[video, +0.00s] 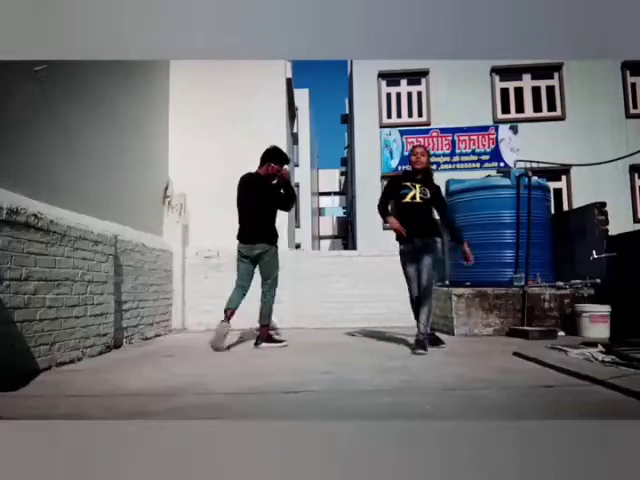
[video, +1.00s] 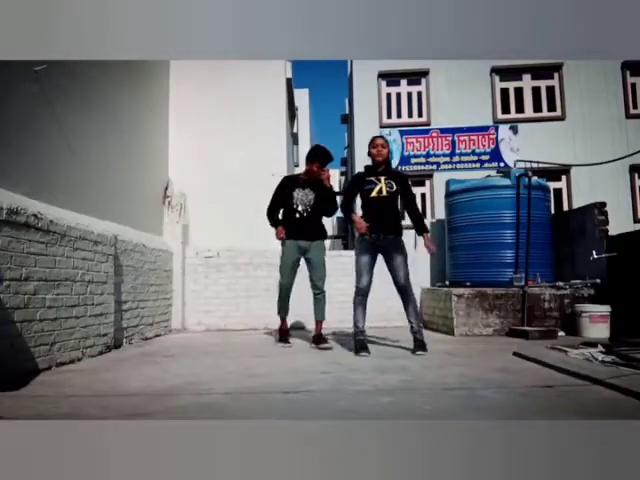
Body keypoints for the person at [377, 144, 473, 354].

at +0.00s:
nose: (418, 158)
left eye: (422, 155)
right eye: (415, 155)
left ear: (428, 160)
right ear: (410, 159)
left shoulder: (432, 187)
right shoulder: (396, 181)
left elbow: (446, 217)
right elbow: (382, 205)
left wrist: (462, 242)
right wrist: (389, 219)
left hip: (428, 240)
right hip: (407, 241)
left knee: (426, 288)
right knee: (415, 292)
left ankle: (421, 336)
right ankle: (427, 332)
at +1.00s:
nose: (379, 150)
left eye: (382, 147)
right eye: (375, 147)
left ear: (389, 151)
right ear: (369, 152)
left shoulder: (399, 177)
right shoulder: (360, 178)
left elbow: (411, 207)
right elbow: (346, 204)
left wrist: (425, 234)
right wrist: (355, 220)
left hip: (392, 238)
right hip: (367, 238)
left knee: (403, 285)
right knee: (362, 286)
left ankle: (418, 335)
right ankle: (359, 337)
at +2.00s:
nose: (397, 163)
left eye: (400, 159)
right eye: (393, 159)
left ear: (408, 161)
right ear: (390, 162)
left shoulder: (415, 185)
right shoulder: (380, 184)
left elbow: (429, 215)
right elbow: (371, 210)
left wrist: (443, 243)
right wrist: (372, 231)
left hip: (407, 243)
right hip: (384, 242)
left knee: (409, 289)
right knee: (375, 287)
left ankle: (409, 334)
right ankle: (369, 334)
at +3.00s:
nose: (392, 165)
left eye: (394, 162)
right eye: (388, 163)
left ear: (399, 164)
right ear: (382, 166)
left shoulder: (407, 188)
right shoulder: (376, 187)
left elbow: (412, 216)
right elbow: (373, 216)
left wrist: (412, 239)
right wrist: (382, 237)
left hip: (409, 243)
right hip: (388, 244)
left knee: (413, 290)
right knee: (382, 291)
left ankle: (415, 333)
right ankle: (372, 335)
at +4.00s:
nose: (374, 168)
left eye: (377, 164)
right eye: (371, 164)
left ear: (382, 167)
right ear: (364, 168)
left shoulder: (392, 189)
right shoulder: (358, 194)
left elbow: (402, 216)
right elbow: (353, 217)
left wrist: (397, 241)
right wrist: (355, 230)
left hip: (389, 245)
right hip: (366, 246)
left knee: (399, 290)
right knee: (366, 292)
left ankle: (413, 333)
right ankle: (366, 336)